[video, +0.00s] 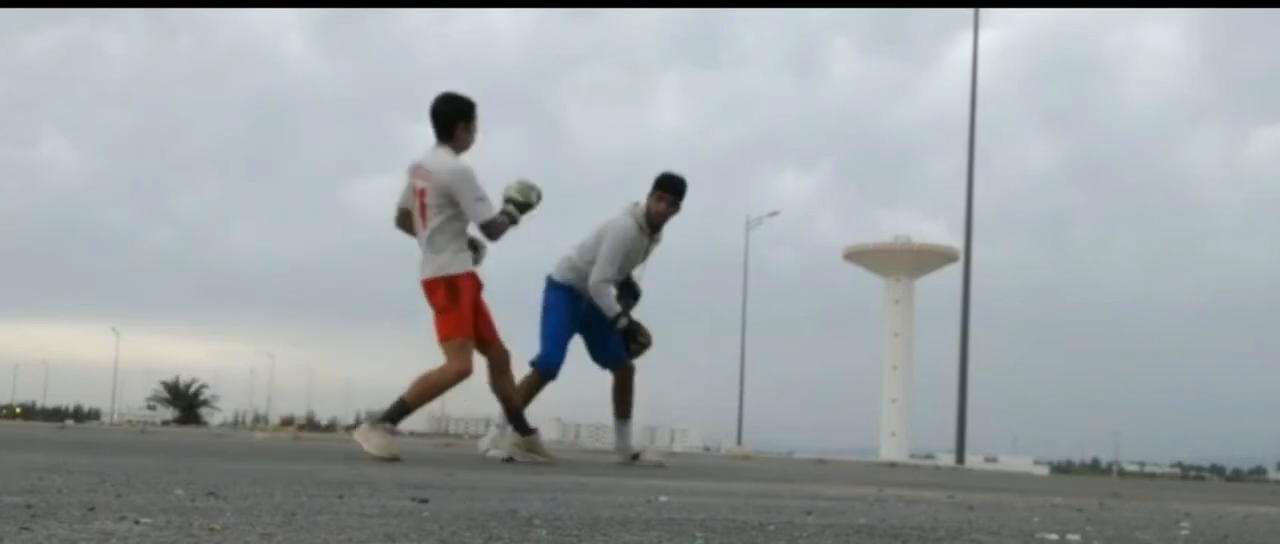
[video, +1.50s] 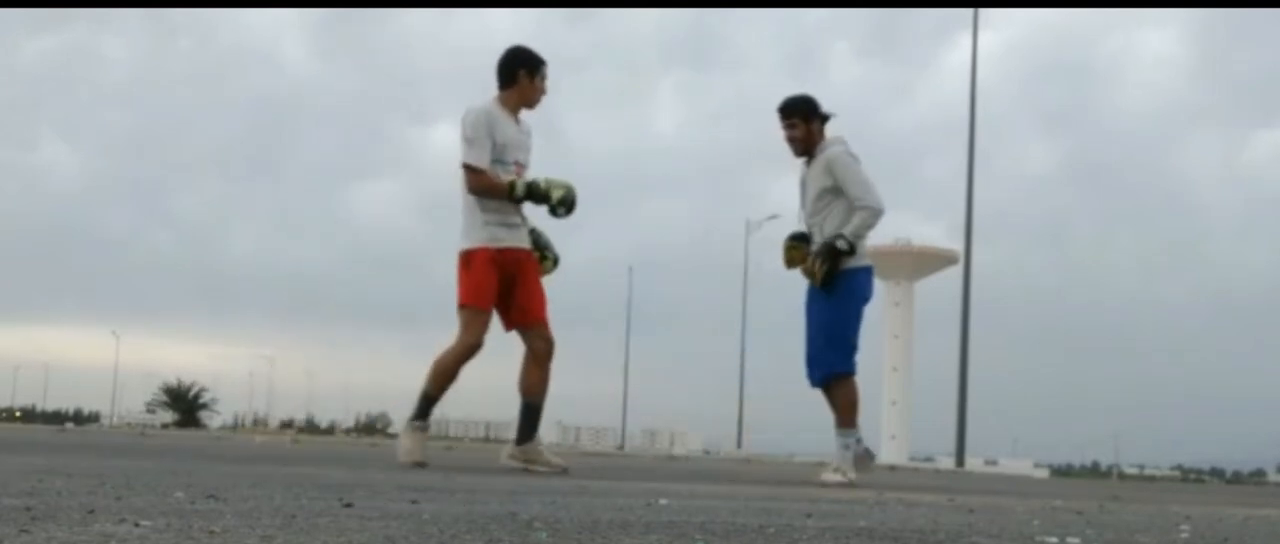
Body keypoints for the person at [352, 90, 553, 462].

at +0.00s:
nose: (475, 134)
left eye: (474, 126)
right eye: (472, 126)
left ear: (440, 128)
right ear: (459, 128)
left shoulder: (422, 167)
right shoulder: (456, 170)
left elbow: (403, 219)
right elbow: (492, 229)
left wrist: (457, 240)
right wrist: (516, 209)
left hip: (454, 276)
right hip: (449, 277)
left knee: (497, 355)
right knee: (459, 366)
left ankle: (525, 433)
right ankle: (379, 426)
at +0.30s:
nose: (452, 129)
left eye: (452, 120)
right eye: (449, 120)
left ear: (429, 119)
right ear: (432, 118)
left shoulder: (429, 160)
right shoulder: (397, 155)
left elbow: (462, 184)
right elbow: (393, 220)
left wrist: (503, 173)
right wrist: (441, 220)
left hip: (397, 272)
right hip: (370, 266)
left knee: (458, 350)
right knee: (380, 341)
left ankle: (439, 442)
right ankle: (311, 421)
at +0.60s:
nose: (413, 69)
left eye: (413, 61)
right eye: (409, 60)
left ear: (388, 61)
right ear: (389, 59)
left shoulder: (387, 112)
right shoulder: (353, 92)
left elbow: (366, 179)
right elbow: (361, 153)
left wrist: (405, 197)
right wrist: (414, 149)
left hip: (368, 234)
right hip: (332, 227)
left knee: (405, 328)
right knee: (316, 322)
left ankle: (394, 430)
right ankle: (266, 423)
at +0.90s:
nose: (410, 75)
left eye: (409, 66)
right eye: (406, 66)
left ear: (383, 66)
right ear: (385, 65)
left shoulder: (374, 111)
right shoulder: (351, 99)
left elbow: (398, 148)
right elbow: (392, 149)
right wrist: (441, 139)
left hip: (366, 243)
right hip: (328, 238)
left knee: (428, 326)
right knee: (314, 335)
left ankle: (385, 420)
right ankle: (262, 427)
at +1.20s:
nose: (467, 94)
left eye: (467, 86)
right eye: (462, 85)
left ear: (442, 85)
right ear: (441, 84)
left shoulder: (446, 139)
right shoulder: (398, 124)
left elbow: (427, 201)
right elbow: (426, 182)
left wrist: (450, 248)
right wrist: (479, 173)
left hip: (428, 261)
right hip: (386, 257)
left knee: (478, 345)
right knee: (367, 352)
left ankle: (506, 440)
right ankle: (305, 431)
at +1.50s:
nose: (544, 89)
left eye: (544, 81)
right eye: (540, 80)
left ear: (522, 80)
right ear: (520, 79)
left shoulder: (523, 131)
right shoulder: (480, 117)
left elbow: (505, 191)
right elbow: (474, 182)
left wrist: (532, 236)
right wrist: (528, 190)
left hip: (517, 247)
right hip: (481, 245)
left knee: (540, 343)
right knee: (470, 339)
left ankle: (526, 443)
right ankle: (416, 426)